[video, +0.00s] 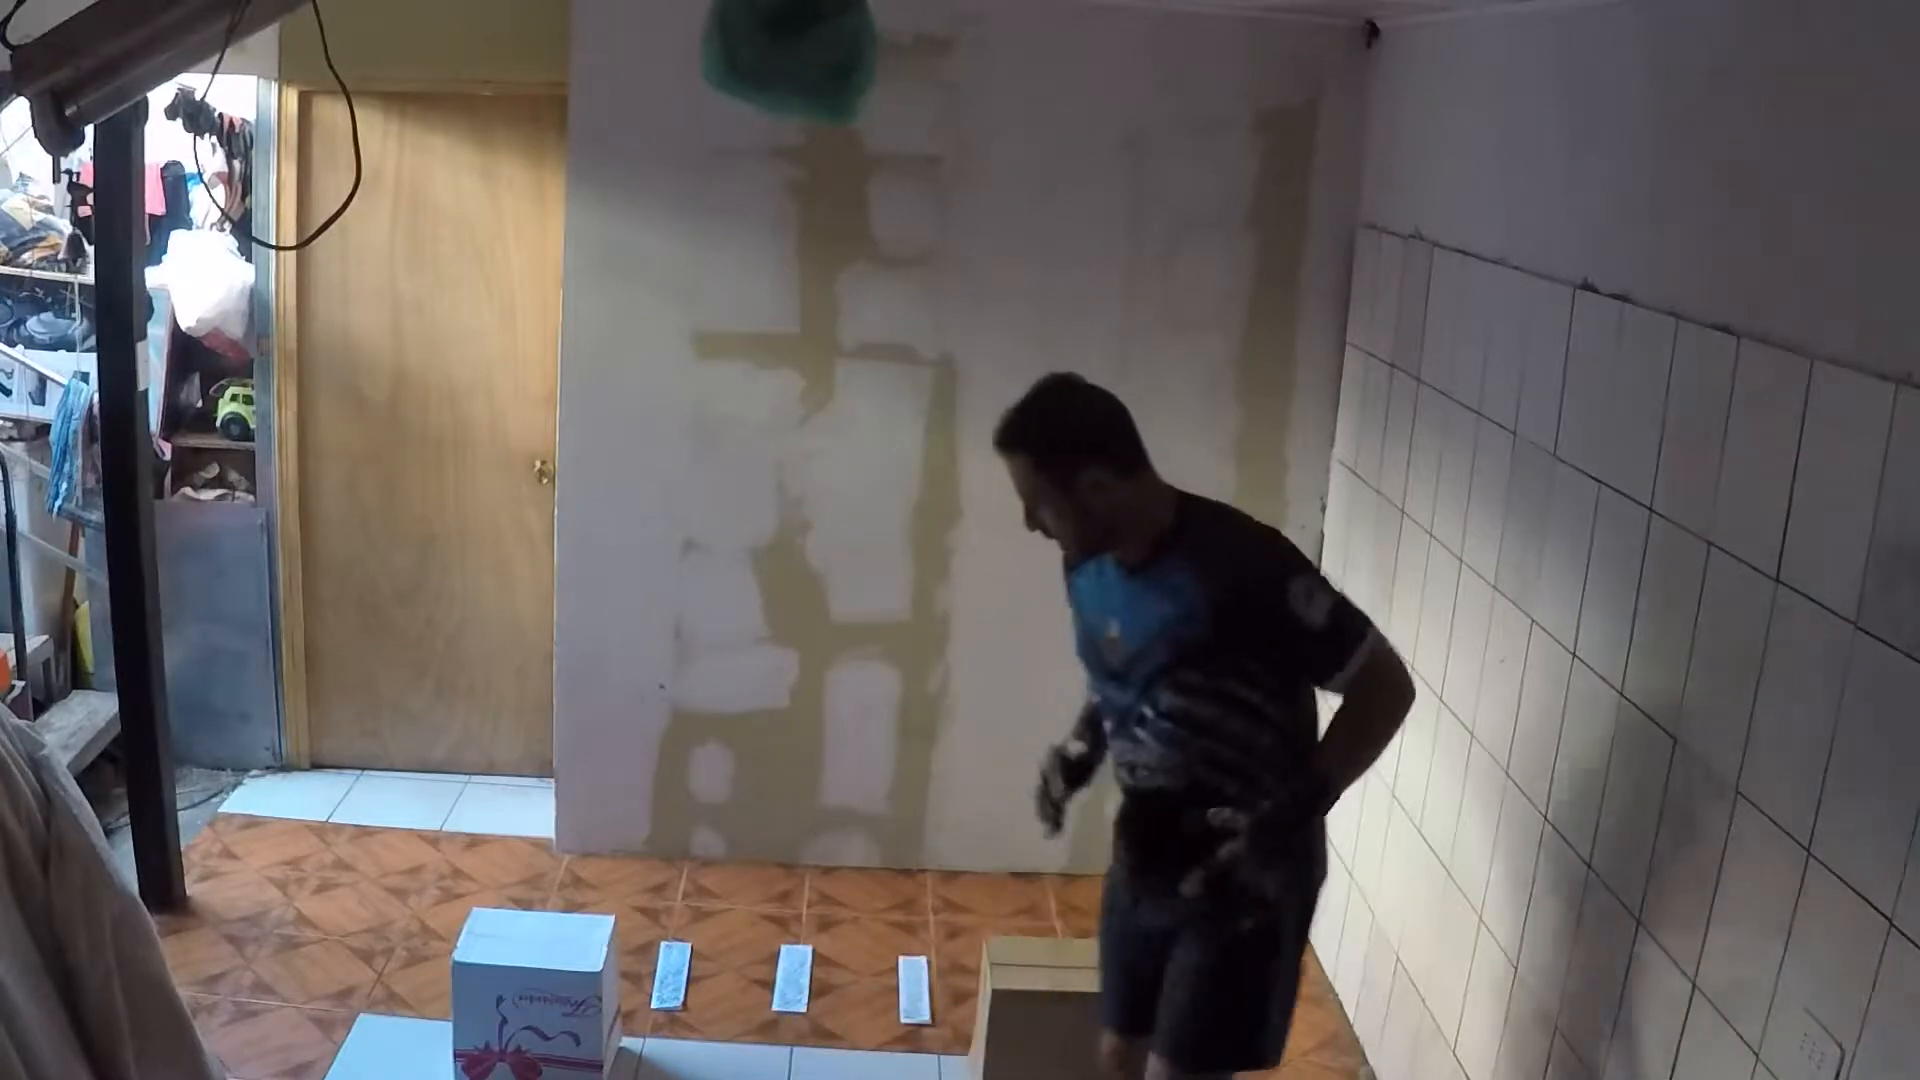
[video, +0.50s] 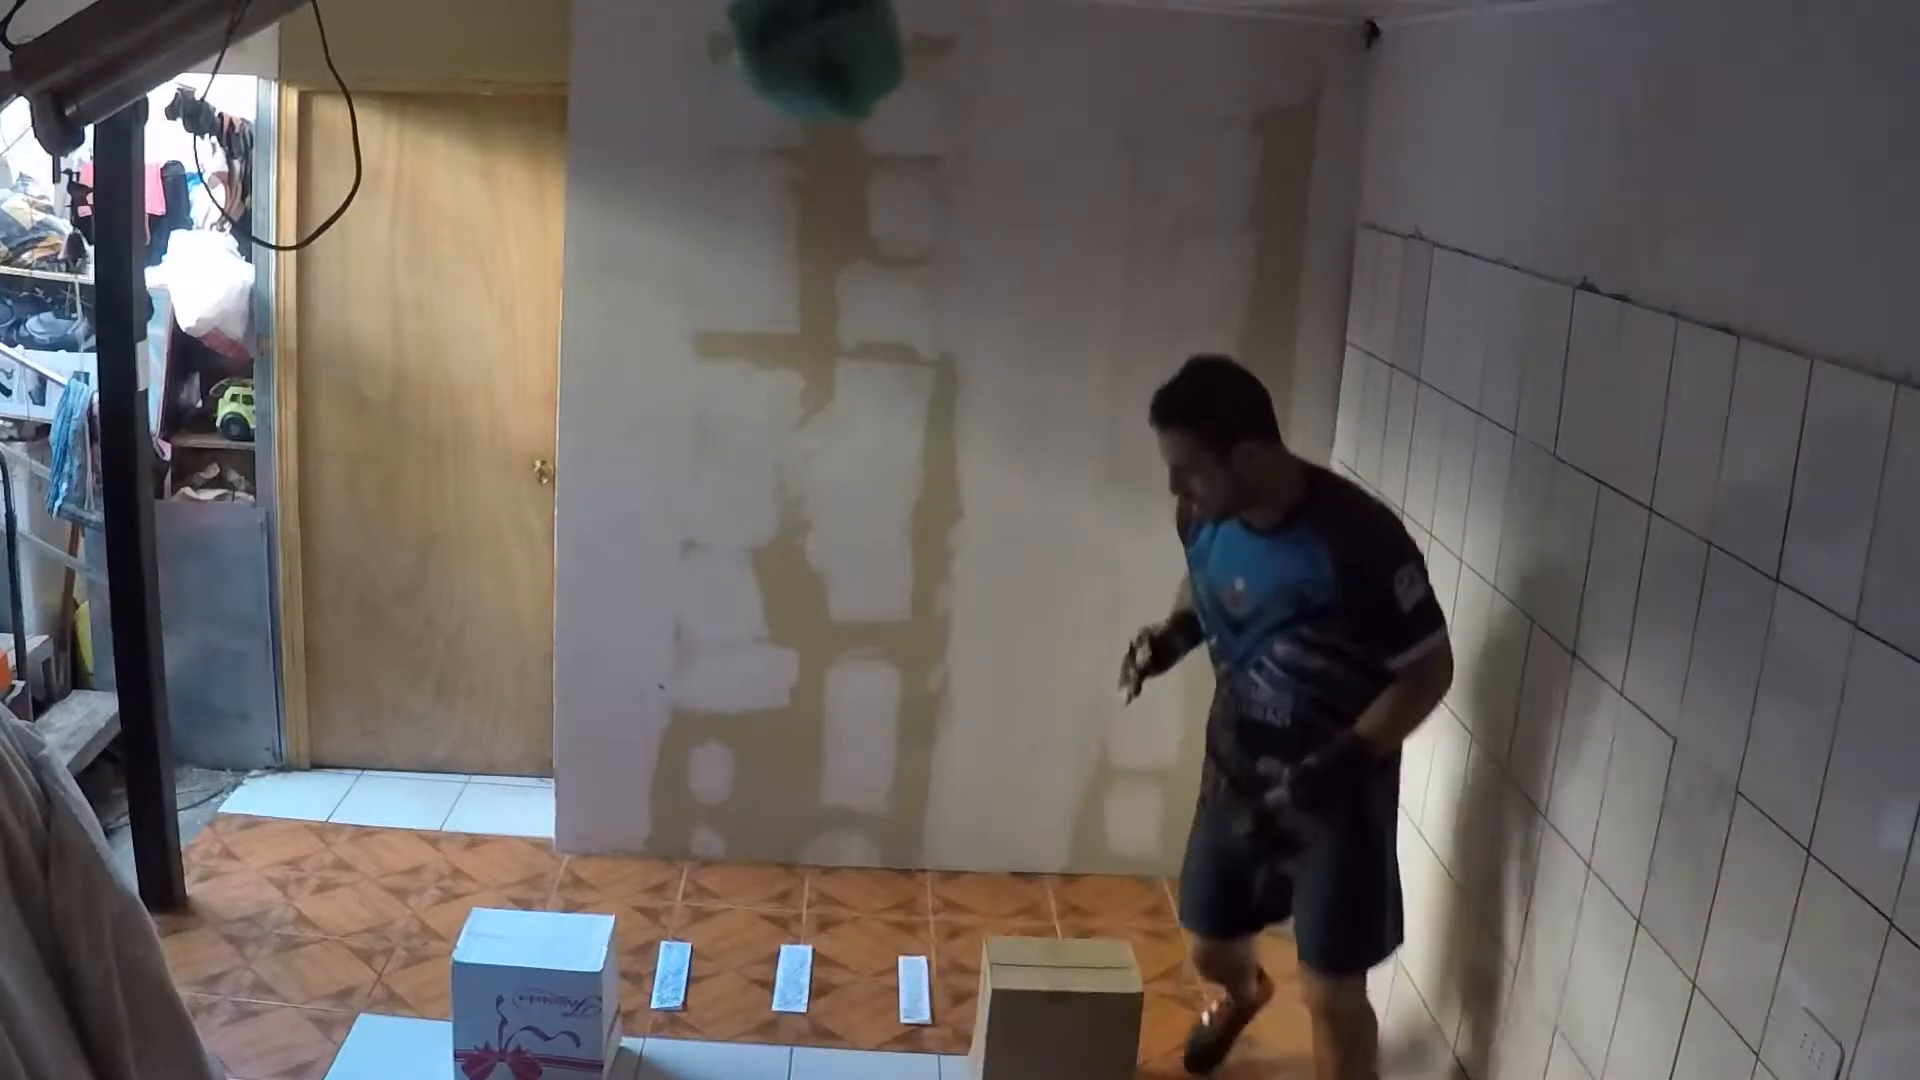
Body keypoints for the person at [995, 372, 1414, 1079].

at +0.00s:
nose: (1031, 523)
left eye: (1036, 501)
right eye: (1027, 503)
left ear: (1094, 481)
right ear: (1088, 487)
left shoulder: (1243, 557)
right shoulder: (1087, 562)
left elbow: (1386, 688)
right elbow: (1124, 684)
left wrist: (1292, 812)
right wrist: (1077, 751)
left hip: (1249, 855)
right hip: (1145, 847)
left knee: (1181, 1067)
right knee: (1120, 1054)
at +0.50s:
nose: (1179, 494)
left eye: (1187, 475)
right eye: (1172, 477)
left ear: (1243, 454)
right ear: (1234, 454)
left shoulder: (1361, 529)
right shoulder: (1203, 518)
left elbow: (1431, 669)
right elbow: (1222, 594)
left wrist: (1346, 755)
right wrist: (1173, 636)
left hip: (1336, 779)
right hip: (1235, 767)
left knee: (1332, 987)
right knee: (1213, 949)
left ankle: (1355, 1072)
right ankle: (1245, 996)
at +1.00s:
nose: (1177, 417)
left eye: (1192, 403)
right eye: (1168, 401)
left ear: (1234, 380)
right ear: (1157, 383)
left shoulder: (1308, 450)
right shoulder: (1152, 420)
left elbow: (1364, 568)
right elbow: (1139, 481)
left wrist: (1296, 618)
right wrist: (1126, 555)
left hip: (1260, 671)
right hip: (1164, 659)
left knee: (1256, 842)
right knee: (1128, 823)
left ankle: (1243, 960)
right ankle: (1157, 927)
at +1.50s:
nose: (1092, 405)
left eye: (1107, 393)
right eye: (1080, 389)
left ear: (1139, 368)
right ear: (1062, 364)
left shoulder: (1197, 422)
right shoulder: (1033, 400)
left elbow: (1273, 523)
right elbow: (1013, 460)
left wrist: (1192, 577)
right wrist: (1010, 552)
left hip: (1154, 608)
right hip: (1061, 597)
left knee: (1146, 777)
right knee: (1004, 751)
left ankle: (1129, 893)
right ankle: (1040, 852)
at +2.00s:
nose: (962, 387)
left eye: (977, 376)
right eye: (950, 372)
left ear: (1013, 351)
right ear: (937, 350)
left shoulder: (1065, 398)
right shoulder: (916, 382)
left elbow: (1154, 503)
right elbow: (898, 430)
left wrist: (1079, 556)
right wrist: (905, 506)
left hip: (1040, 584)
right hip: (951, 576)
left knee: (1037, 768)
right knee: (897, 717)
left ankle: (1065, 918)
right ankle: (952, 818)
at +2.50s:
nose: (822, 381)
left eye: (838, 369)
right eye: (811, 367)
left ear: (870, 346)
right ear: (796, 344)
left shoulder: (918, 393)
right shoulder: (776, 380)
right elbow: (750, 422)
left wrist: (920, 545)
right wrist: (757, 503)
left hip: (895, 581)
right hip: (806, 567)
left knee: (887, 751)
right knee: (744, 669)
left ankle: (890, 885)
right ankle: (777, 783)